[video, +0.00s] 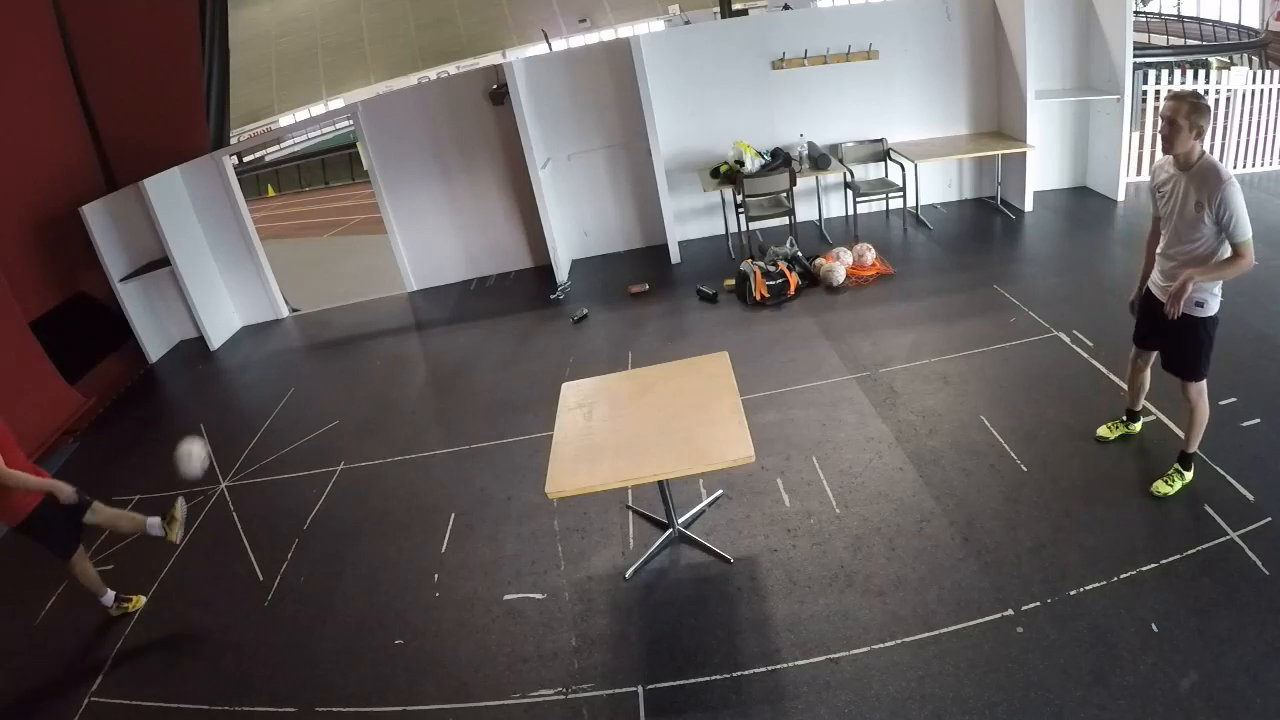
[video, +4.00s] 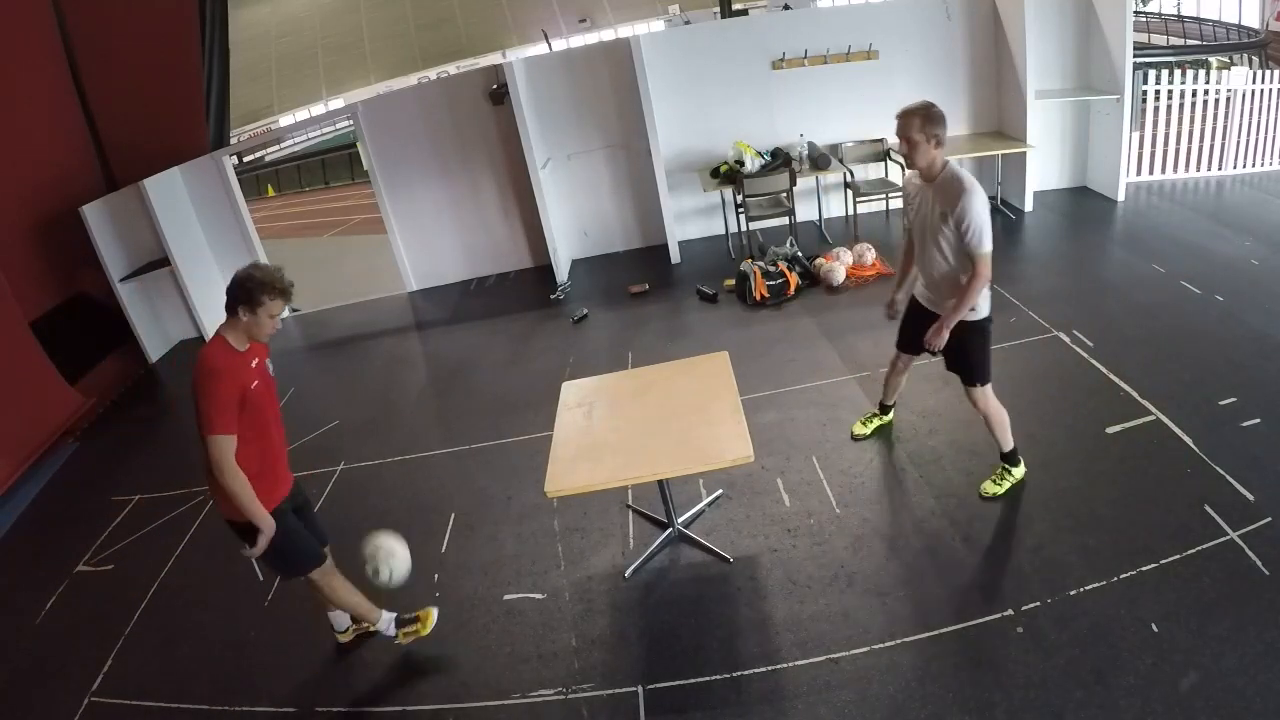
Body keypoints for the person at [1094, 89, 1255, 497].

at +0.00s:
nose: (1162, 128)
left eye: (1172, 124)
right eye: (1162, 120)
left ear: (1198, 132)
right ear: (1161, 122)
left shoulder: (1221, 185)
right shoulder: (1160, 171)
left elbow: (1245, 259)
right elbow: (1155, 231)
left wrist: (1191, 275)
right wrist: (1141, 283)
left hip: (1195, 305)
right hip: (1156, 291)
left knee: (1193, 388)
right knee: (1139, 358)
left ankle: (1185, 463)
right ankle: (1131, 419)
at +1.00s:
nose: (1018, 132)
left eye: (1024, 125)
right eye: (1018, 124)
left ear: (1049, 127)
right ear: (1042, 128)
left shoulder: (1078, 175)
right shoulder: (1039, 161)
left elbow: (1110, 245)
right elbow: (1040, 217)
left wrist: (1124, 310)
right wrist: (1014, 250)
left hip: (1055, 285)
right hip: (1028, 267)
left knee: (1013, 348)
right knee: (986, 323)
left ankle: (1024, 417)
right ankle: (1029, 367)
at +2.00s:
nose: (898, 132)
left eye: (903, 125)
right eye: (898, 125)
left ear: (924, 126)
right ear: (926, 126)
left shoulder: (943, 175)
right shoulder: (934, 163)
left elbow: (924, 248)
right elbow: (924, 230)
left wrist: (879, 296)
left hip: (928, 278)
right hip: (908, 259)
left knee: (902, 353)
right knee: (839, 283)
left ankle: (931, 413)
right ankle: (875, 347)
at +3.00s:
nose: (857, 137)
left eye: (861, 128)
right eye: (856, 128)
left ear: (888, 125)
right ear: (887, 125)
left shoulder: (919, 180)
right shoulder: (880, 162)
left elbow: (927, 256)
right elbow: (880, 227)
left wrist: (895, 312)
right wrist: (852, 256)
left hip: (888, 292)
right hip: (857, 270)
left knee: (885, 371)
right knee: (793, 309)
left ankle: (904, 438)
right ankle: (844, 350)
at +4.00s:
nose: (901, 149)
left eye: (909, 141)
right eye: (900, 140)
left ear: (936, 142)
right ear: (905, 142)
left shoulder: (967, 195)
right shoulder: (912, 187)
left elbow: (982, 274)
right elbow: (911, 244)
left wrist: (946, 323)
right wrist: (897, 291)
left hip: (967, 311)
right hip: (925, 299)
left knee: (979, 394)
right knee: (900, 361)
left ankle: (1012, 462)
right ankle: (883, 412)